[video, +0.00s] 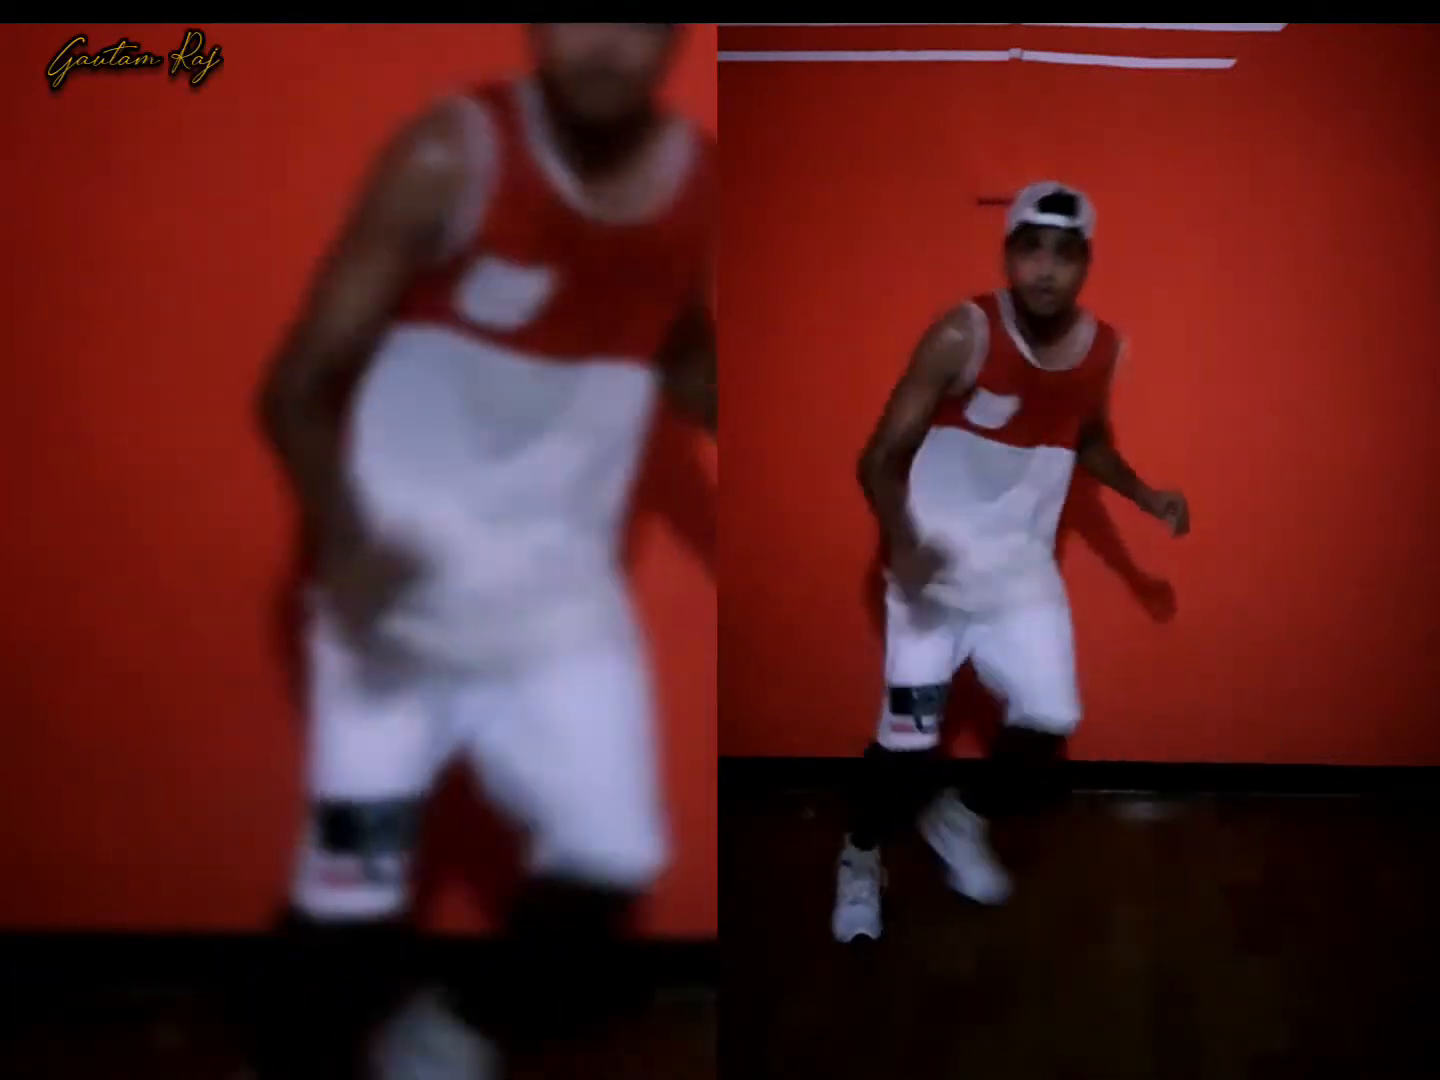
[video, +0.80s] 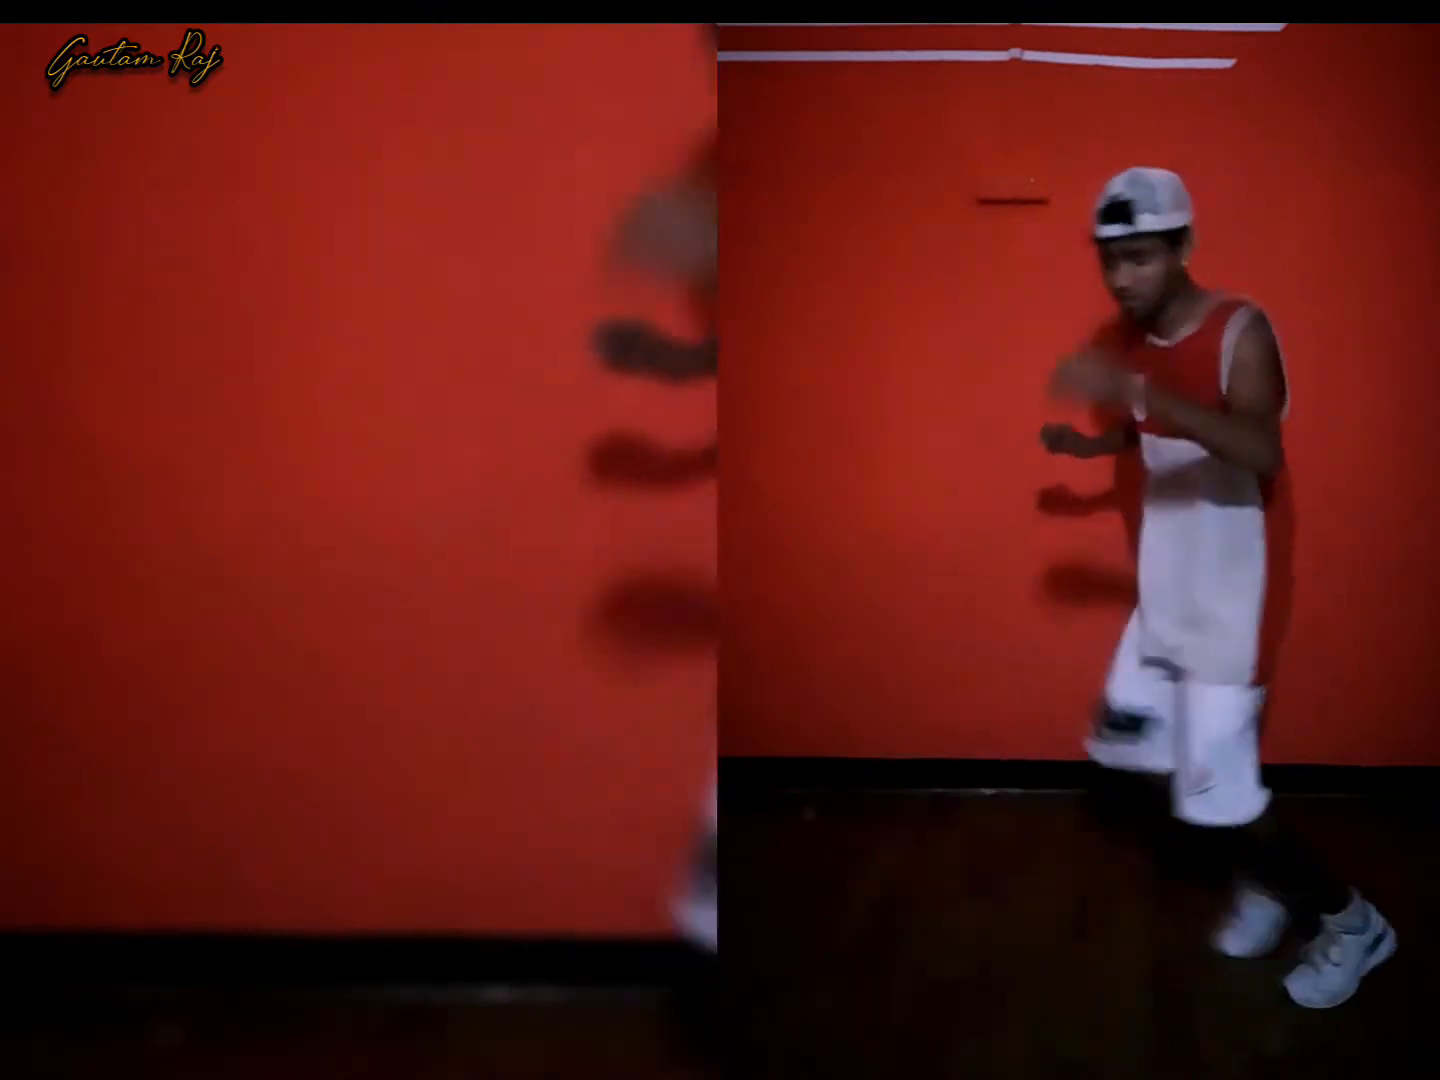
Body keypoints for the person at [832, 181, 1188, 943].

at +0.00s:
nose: (1045, 270)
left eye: (1063, 255)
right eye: (1031, 251)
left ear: (1086, 266)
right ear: (1008, 259)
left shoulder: (1099, 348)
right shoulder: (963, 337)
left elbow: (1089, 440)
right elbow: (880, 460)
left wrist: (1146, 494)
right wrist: (904, 542)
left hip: (1023, 566)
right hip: (932, 559)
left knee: (1048, 719)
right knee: (911, 738)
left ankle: (960, 817)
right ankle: (861, 860)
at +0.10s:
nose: (1094, 314)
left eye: (1112, 297)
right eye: (1078, 295)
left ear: (1135, 309)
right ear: (1054, 303)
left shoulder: (1149, 400)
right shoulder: (1000, 387)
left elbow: (1134, 473)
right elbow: (888, 472)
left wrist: (1152, 550)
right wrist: (869, 588)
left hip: (1032, 540)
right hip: (936, 526)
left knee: (1058, 712)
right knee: (896, 703)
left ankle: (1066, 897)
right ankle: (850, 864)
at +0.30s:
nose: (1138, 322)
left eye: (1158, 306)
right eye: (1124, 300)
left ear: (1178, 320)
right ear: (1095, 304)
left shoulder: (1193, 427)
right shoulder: (1027, 364)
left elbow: (1189, 541)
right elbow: (960, 435)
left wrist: (1137, 591)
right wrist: (926, 531)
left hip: (1112, 589)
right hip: (1006, 569)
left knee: (1112, 759)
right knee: (953, 731)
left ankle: (1073, 920)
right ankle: (954, 843)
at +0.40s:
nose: (1162, 269)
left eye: (1183, 253)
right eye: (1148, 246)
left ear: (1202, 267)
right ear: (1119, 248)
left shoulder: (1215, 376)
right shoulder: (1063, 303)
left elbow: (1214, 523)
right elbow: (1014, 389)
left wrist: (1151, 500)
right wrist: (984, 485)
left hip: (1137, 605)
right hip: (1037, 583)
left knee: (1113, 774)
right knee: (1008, 761)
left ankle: (1074, 923)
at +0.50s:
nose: (1185, 253)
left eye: (1204, 238)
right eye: (1171, 232)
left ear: (1228, 249)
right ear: (1148, 236)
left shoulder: (1244, 357)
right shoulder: (1113, 291)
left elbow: (1225, 496)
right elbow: (1070, 385)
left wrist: (1174, 426)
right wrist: (1025, 466)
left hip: (1156, 593)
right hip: (1079, 573)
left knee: (1110, 774)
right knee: (1075, 765)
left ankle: (1109, 941)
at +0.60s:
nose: (1191, 275)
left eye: (1210, 259)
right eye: (1177, 256)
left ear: (1234, 268)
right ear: (1156, 260)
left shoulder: (1259, 377)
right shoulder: (1141, 328)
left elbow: (1224, 502)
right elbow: (1130, 426)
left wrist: (1195, 380)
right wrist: (1054, 472)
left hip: (1171, 614)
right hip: (1121, 599)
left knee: (1113, 800)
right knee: (1172, 773)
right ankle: (1283, 888)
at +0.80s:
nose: (1121, 277)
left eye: (1136, 257)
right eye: (1109, 259)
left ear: (1181, 251)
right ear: (1102, 261)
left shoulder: (1240, 331)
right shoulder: (1130, 341)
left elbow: (1259, 451)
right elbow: (1157, 443)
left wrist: (1143, 399)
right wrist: (1096, 441)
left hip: (1231, 614)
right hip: (1162, 603)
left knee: (1218, 801)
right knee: (1126, 760)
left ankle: (1349, 920)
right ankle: (1260, 882)